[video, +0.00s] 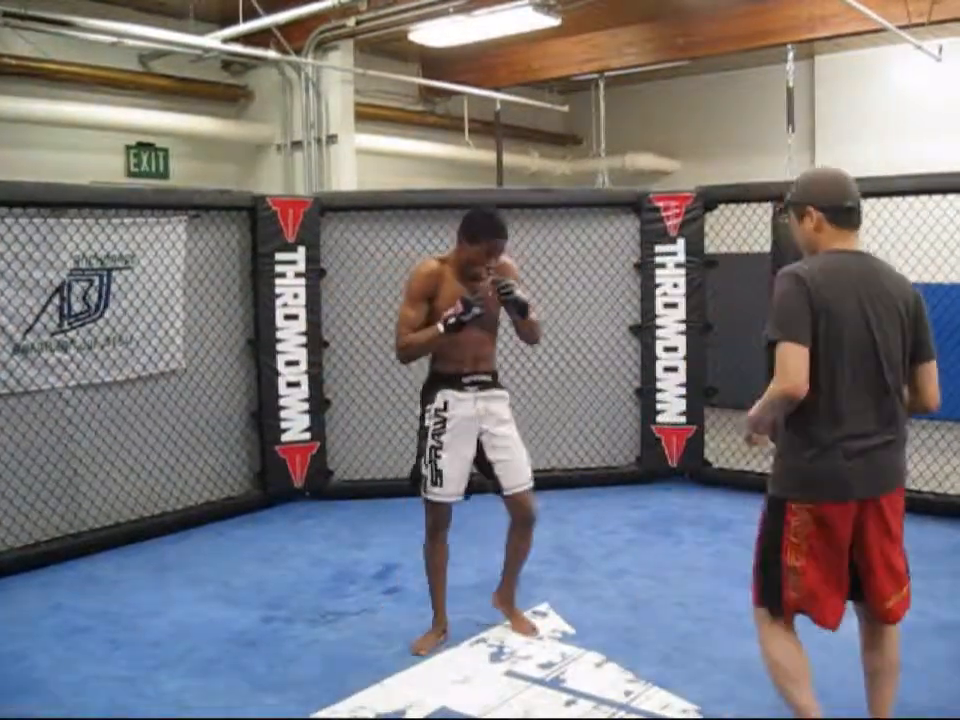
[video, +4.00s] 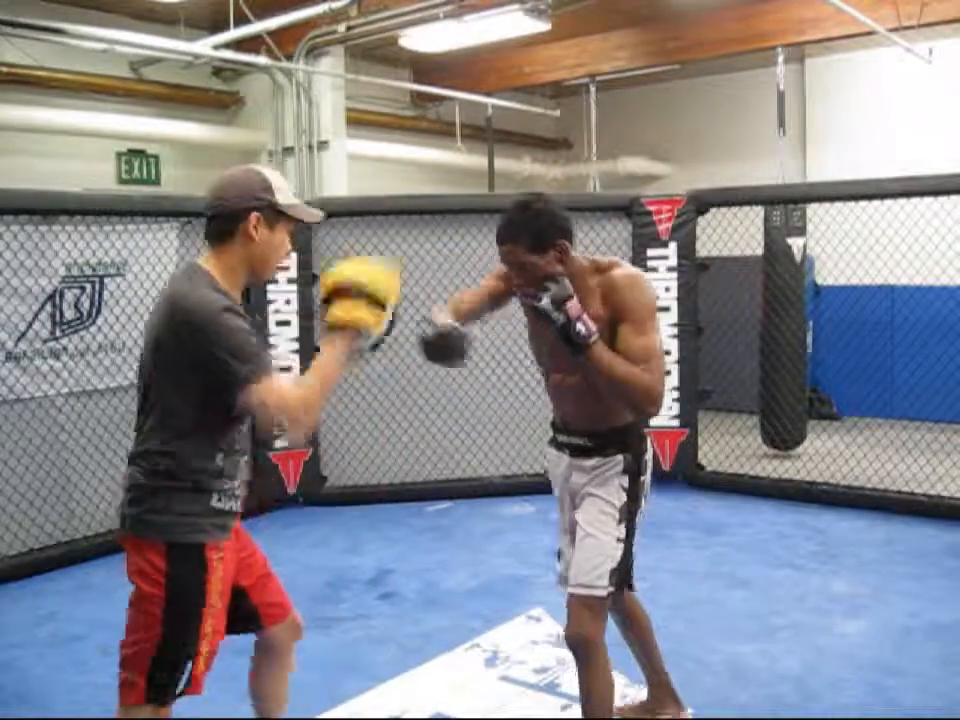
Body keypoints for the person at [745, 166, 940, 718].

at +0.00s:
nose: (793, 233)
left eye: (794, 222)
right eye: (792, 223)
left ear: (813, 218)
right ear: (854, 218)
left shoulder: (799, 280)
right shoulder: (901, 288)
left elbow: (792, 384)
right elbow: (928, 398)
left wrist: (762, 414)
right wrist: (878, 395)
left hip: (809, 486)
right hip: (883, 481)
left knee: (774, 616)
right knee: (879, 614)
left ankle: (808, 711)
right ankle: (881, 713)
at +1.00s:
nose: (667, 222)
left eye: (668, 213)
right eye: (667, 212)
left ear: (682, 218)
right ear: (735, 206)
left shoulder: (691, 284)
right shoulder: (798, 263)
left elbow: (693, 403)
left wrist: (660, 424)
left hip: (756, 498)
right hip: (841, 485)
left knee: (707, 660)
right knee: (886, 665)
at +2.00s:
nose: (574, 234)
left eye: (577, 223)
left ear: (586, 231)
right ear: (669, 226)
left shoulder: (552, 316)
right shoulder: (708, 298)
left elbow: (484, 442)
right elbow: (810, 292)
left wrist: (558, 435)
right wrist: (757, 223)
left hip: (589, 588)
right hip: (688, 587)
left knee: (583, 709)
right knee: (744, 708)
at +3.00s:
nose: (410, 240)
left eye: (410, 226)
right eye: (403, 223)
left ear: (369, 225)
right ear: (371, 223)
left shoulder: (368, 306)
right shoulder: (289, 301)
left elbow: (371, 396)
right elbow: (321, 401)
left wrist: (426, 412)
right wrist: (443, 380)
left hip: (358, 527)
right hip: (292, 540)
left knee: (405, 663)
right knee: (290, 700)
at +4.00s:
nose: (291, 246)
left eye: (292, 233)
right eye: (286, 230)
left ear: (248, 228)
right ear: (252, 228)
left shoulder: (215, 299)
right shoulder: (203, 311)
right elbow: (294, 415)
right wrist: (342, 336)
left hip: (210, 520)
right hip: (176, 527)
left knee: (280, 631)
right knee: (149, 699)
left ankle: (271, 714)